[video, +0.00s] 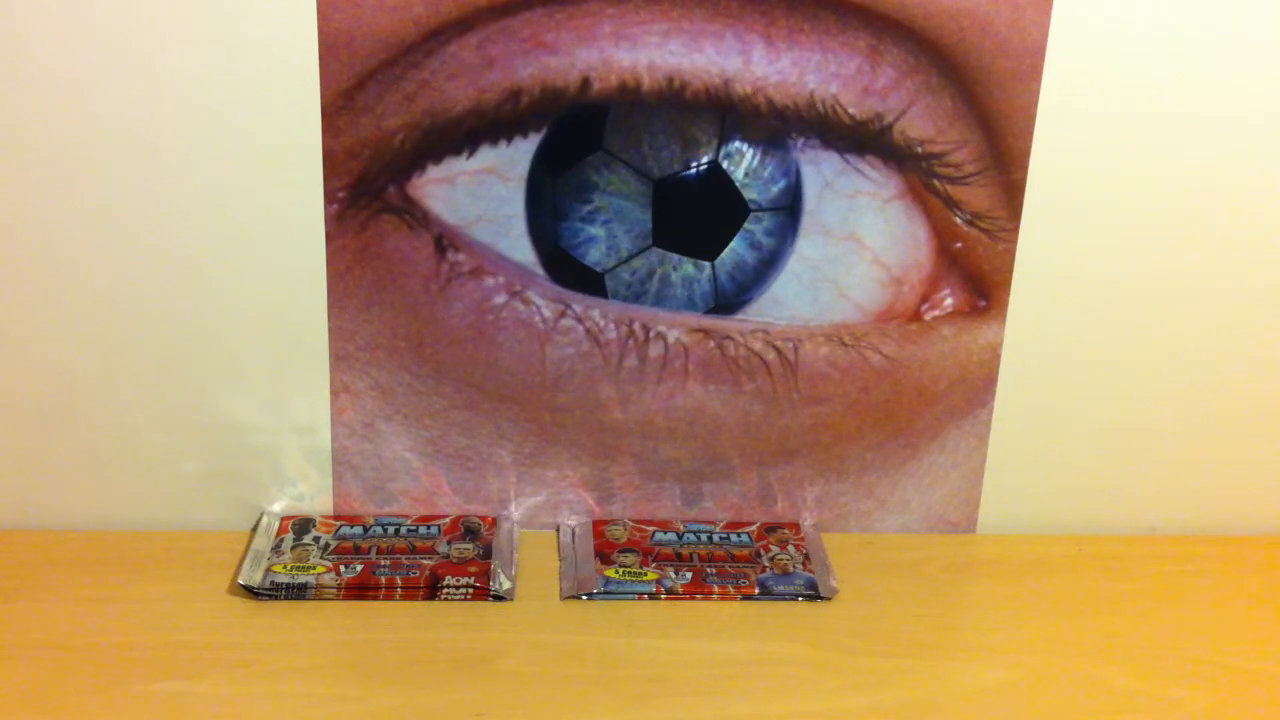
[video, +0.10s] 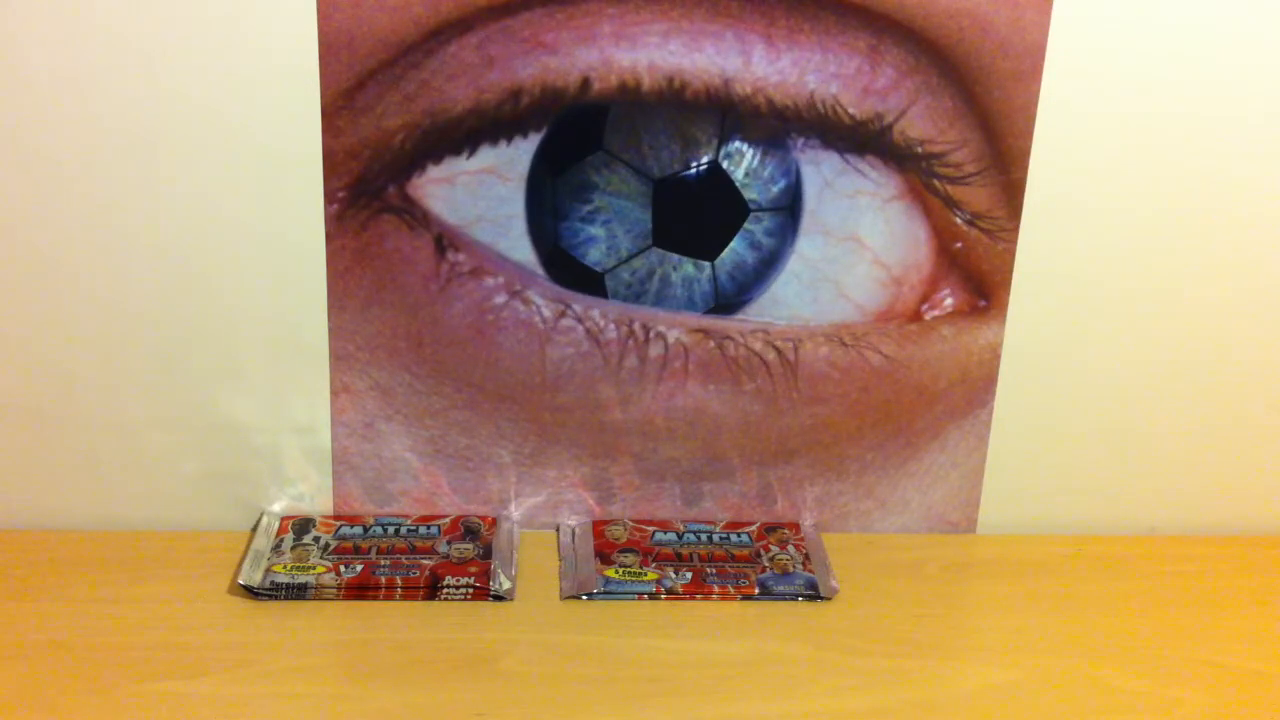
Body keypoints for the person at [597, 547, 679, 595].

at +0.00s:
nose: (621, 560)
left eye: (626, 557)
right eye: (619, 557)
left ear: (638, 558)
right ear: (617, 558)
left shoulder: (651, 573)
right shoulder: (609, 572)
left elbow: (668, 585)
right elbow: (597, 588)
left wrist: (674, 588)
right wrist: (597, 573)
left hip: (641, 606)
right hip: (612, 606)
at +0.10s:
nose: (621, 560)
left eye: (625, 557)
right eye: (619, 557)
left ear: (638, 558)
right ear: (616, 559)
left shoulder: (651, 573)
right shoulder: (610, 572)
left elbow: (667, 584)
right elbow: (597, 587)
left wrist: (673, 588)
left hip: (642, 606)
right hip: (613, 606)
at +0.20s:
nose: (621, 560)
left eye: (625, 557)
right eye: (619, 557)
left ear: (638, 558)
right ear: (616, 559)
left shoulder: (651, 573)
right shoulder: (610, 572)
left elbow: (667, 584)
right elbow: (597, 587)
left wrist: (673, 588)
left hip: (642, 606)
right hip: (613, 606)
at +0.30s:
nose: (621, 560)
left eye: (625, 557)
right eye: (619, 557)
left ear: (638, 558)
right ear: (616, 559)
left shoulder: (651, 573)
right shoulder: (610, 572)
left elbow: (667, 584)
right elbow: (597, 587)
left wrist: (673, 588)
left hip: (642, 606)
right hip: (613, 606)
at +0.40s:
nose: (621, 560)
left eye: (625, 557)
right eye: (619, 557)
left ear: (638, 558)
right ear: (616, 559)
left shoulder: (651, 573)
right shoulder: (610, 572)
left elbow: (667, 584)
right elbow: (597, 587)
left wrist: (673, 588)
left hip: (642, 606)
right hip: (613, 606)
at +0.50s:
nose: (621, 560)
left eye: (625, 557)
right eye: (619, 557)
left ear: (638, 558)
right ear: (616, 559)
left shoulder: (651, 573)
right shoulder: (610, 572)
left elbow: (667, 584)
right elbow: (597, 587)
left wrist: (673, 588)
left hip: (642, 606)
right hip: (613, 605)